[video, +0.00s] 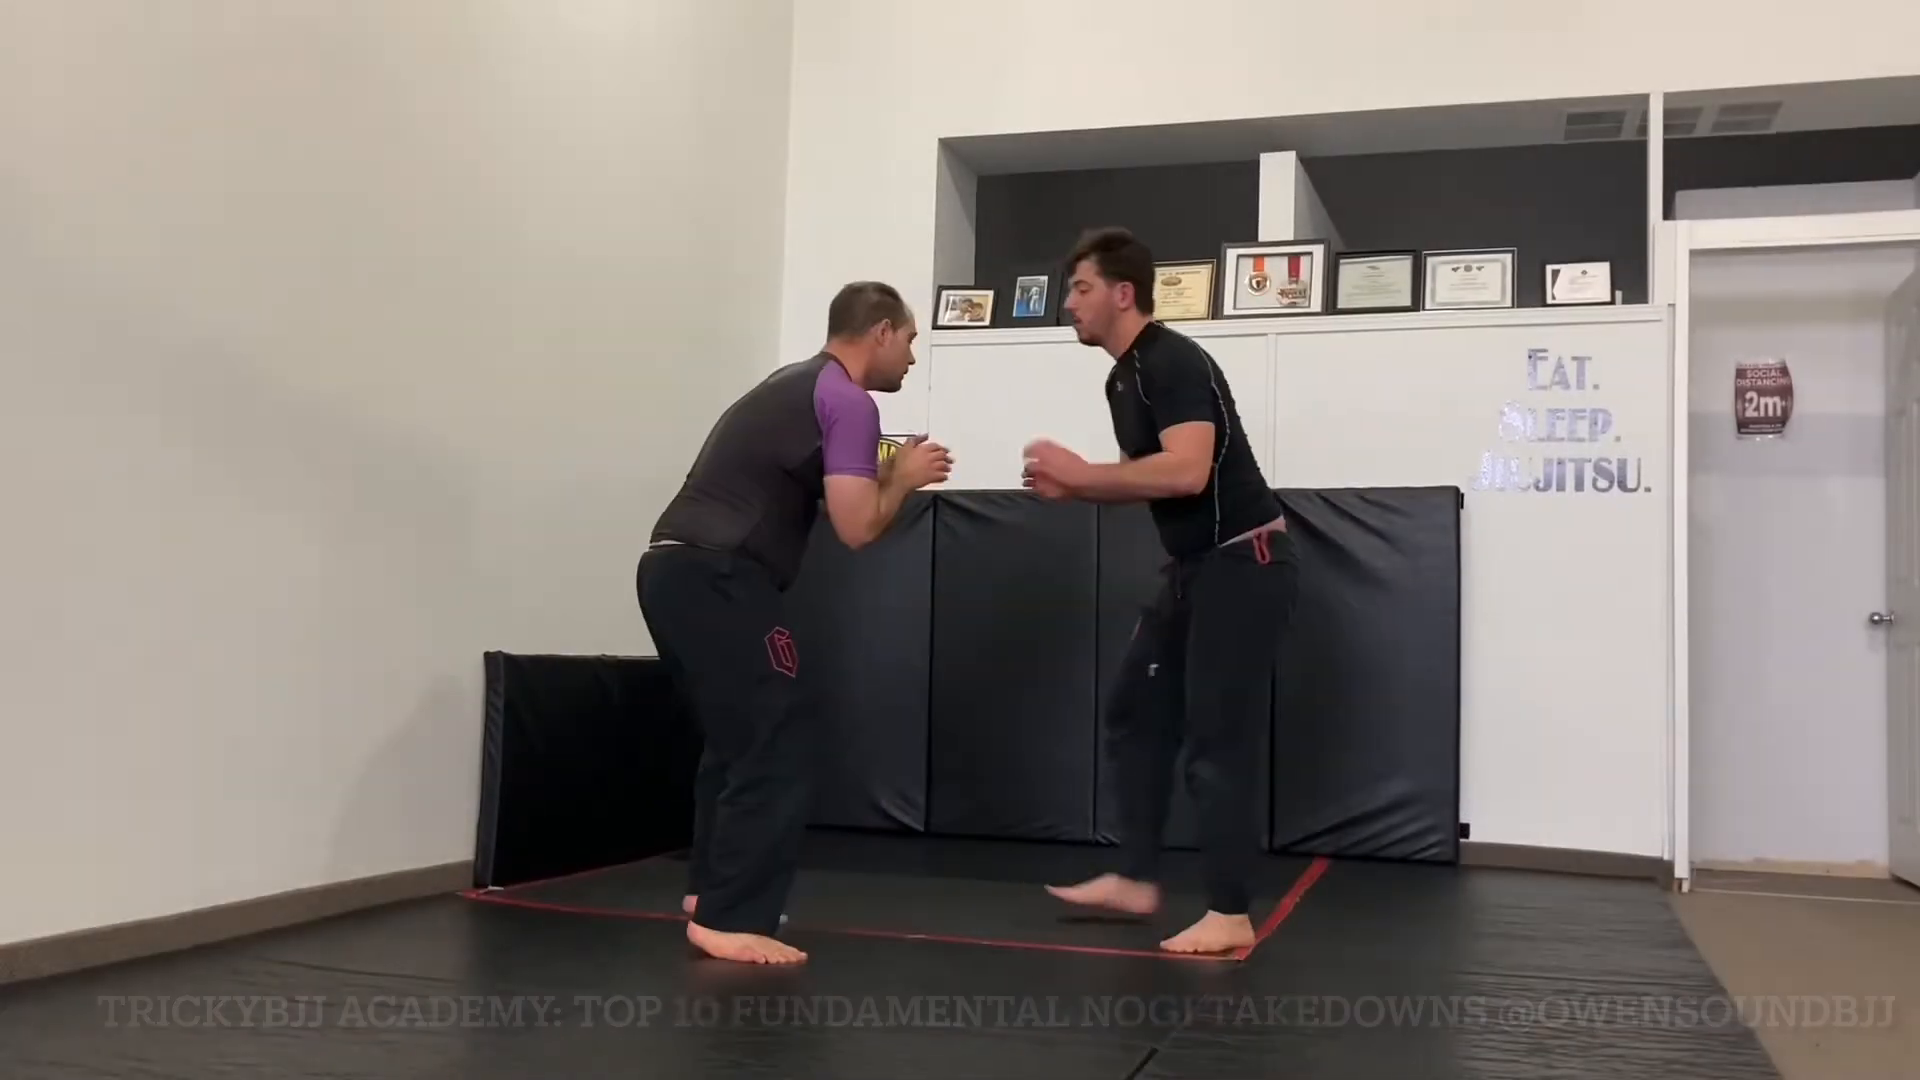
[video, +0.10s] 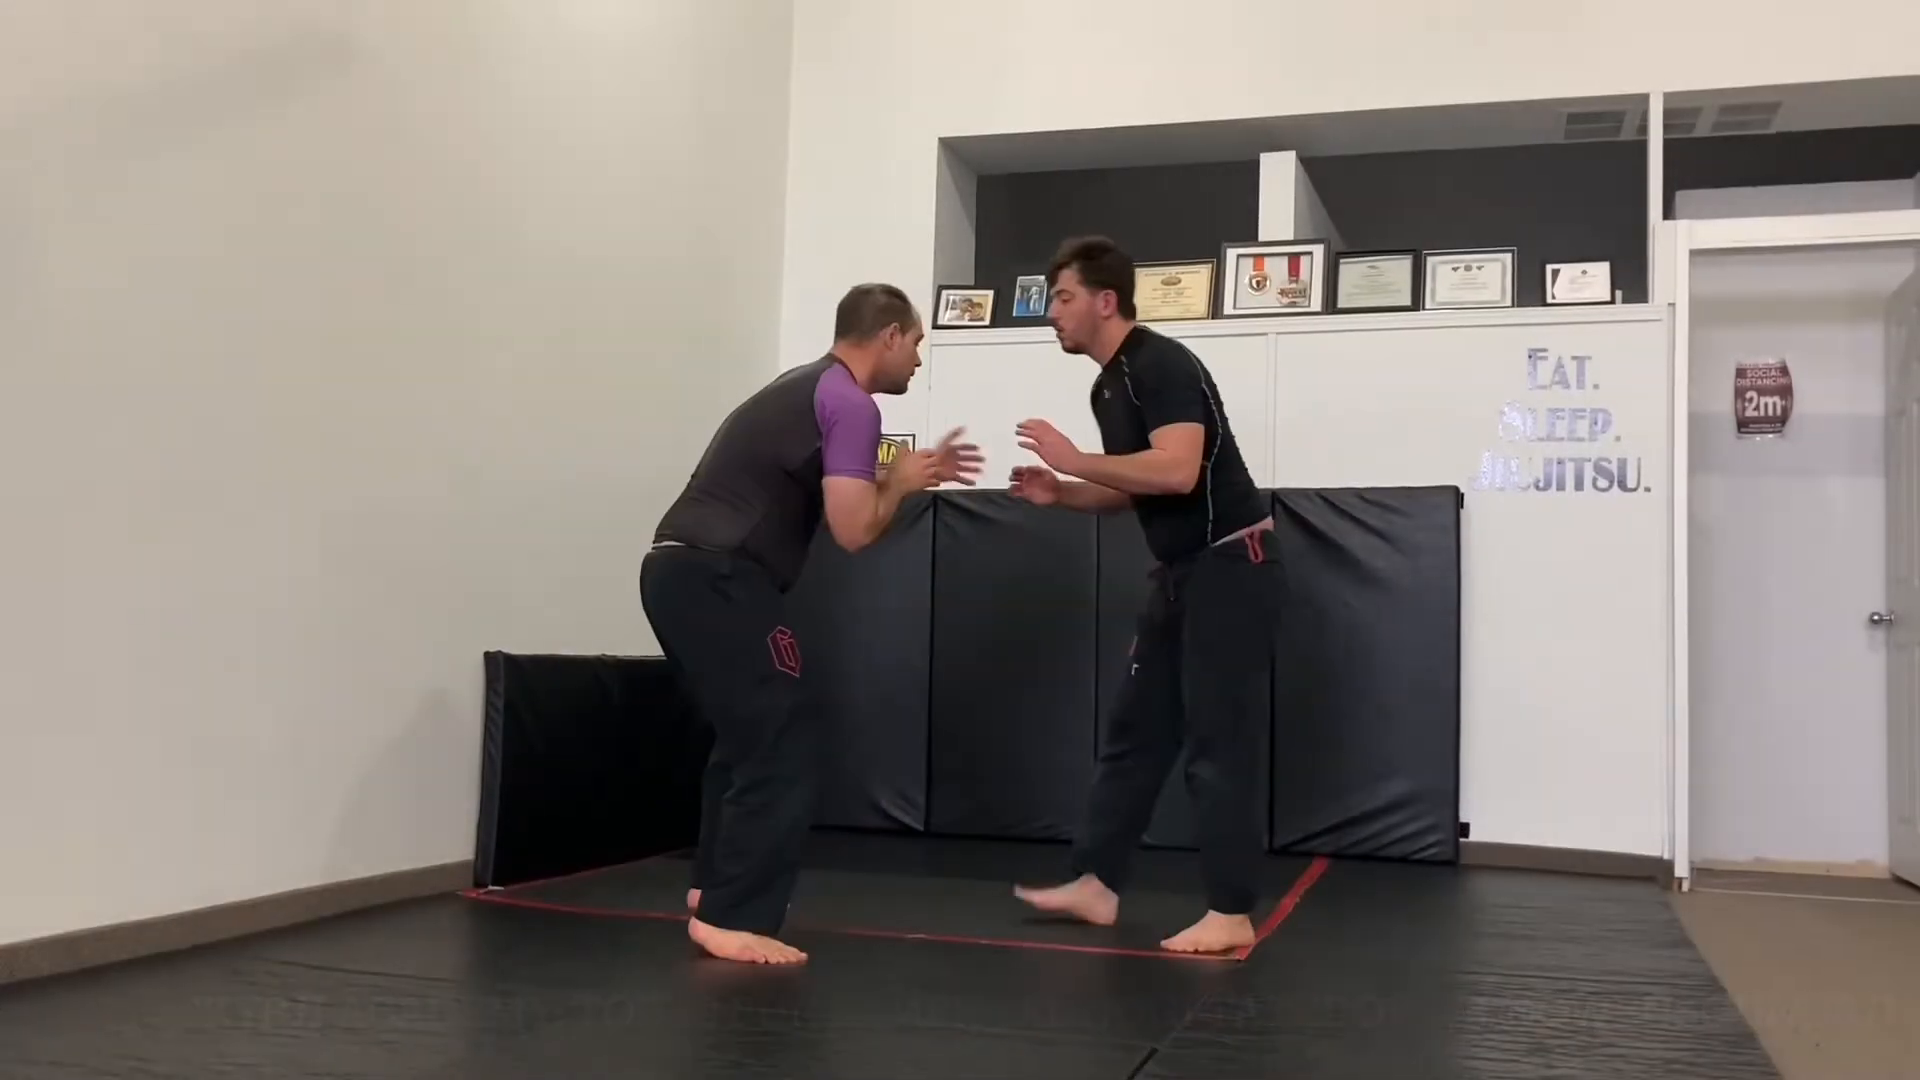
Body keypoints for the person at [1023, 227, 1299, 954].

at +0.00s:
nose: (1069, 301)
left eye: (1080, 287)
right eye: (1069, 289)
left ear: (1123, 293)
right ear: (1112, 296)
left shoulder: (1174, 360)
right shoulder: (1122, 379)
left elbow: (1190, 470)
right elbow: (1154, 477)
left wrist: (1084, 472)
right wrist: (1075, 488)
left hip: (1245, 563)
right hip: (1194, 567)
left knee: (1223, 731)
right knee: (1136, 708)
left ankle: (1230, 912)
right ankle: (1134, 878)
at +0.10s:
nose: (1051, 311)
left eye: (1062, 298)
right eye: (1051, 299)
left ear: (1106, 302)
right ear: (1094, 305)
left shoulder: (1165, 364)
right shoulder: (1107, 390)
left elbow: (1180, 469)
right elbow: (1134, 487)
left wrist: (1080, 460)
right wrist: (1062, 493)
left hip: (1233, 565)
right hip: (1180, 571)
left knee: (1218, 735)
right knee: (1140, 725)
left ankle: (1233, 911)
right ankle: (1097, 883)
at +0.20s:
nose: (1038, 317)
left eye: (1050, 303)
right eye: (1038, 304)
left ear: (1094, 307)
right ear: (1079, 311)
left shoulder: (1155, 366)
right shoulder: (1086, 397)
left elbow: (1179, 466)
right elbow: (1109, 495)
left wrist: (1079, 463)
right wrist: (1046, 502)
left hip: (1218, 566)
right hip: (1160, 572)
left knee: (1202, 735)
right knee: (1125, 731)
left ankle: (1230, 909)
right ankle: (1094, 891)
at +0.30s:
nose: (1030, 315)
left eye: (1042, 301)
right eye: (1030, 303)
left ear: (1087, 305)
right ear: (1067, 310)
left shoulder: (1150, 362)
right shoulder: (1076, 394)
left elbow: (1185, 463)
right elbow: (1085, 490)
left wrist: (1082, 469)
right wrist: (1030, 508)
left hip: (1205, 566)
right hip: (1144, 572)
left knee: (1196, 733)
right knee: (1112, 728)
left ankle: (1221, 903)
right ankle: (1095, 890)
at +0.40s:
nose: (1031, 313)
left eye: (1043, 299)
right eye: (1031, 300)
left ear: (1089, 301)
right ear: (1066, 306)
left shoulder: (1149, 358)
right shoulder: (1069, 393)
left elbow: (1190, 459)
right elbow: (1074, 484)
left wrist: (1086, 481)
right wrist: (1019, 522)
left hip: (1203, 565)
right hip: (1139, 571)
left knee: (1197, 738)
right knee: (1108, 730)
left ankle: (1202, 912)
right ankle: (1095, 893)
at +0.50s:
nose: (1038, 309)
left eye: (1049, 295)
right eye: (1036, 297)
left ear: (1095, 295)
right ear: (1063, 301)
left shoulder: (1153, 353)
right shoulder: (1071, 386)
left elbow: (1198, 452)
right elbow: (1062, 487)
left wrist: (1096, 491)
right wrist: (1000, 540)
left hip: (1202, 566)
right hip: (1134, 573)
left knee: (1193, 740)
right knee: (1106, 733)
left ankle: (1202, 913)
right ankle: (1094, 893)